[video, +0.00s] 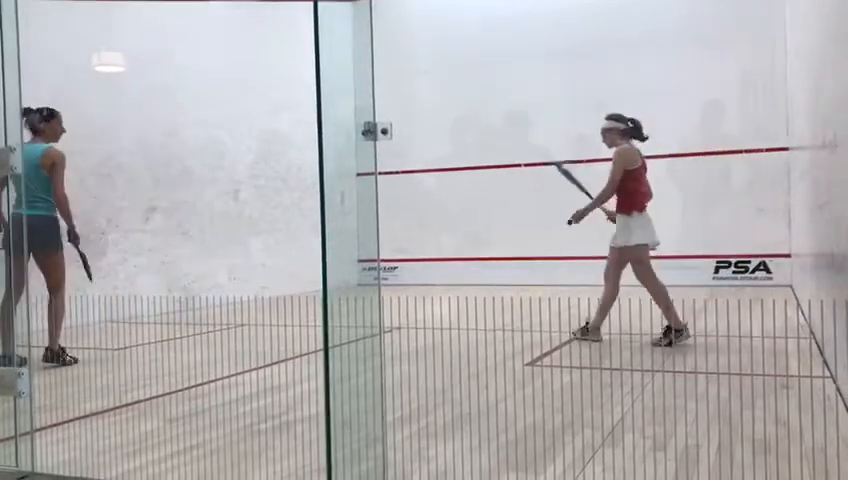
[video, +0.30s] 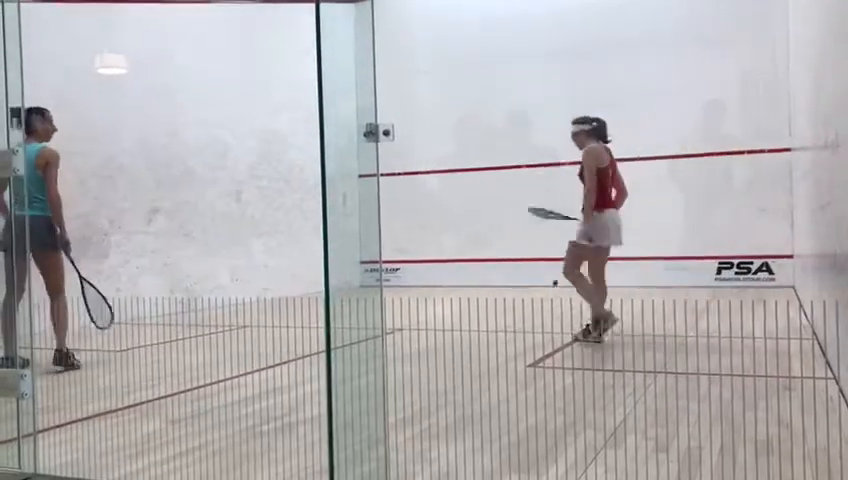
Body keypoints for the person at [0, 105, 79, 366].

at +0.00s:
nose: (63, 129)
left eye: (62, 123)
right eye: (59, 123)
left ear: (38, 126)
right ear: (44, 124)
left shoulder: (16, 152)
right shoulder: (54, 154)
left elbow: (3, 186)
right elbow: (59, 195)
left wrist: (4, 221)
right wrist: (71, 226)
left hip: (14, 225)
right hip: (43, 225)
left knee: (13, 289)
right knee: (56, 289)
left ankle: (5, 348)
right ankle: (54, 348)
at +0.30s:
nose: (54, 127)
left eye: (52, 122)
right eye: (50, 122)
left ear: (30, 125)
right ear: (37, 124)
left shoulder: (11, 153)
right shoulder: (48, 154)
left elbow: (1, 191)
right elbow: (53, 196)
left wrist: (9, 217)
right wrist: (62, 231)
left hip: (13, 226)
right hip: (40, 225)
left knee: (14, 290)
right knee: (56, 292)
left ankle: (8, 352)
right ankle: (62, 350)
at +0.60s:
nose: (74, 130)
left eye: (72, 124)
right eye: (69, 125)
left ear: (49, 128)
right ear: (55, 127)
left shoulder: (28, 154)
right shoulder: (67, 157)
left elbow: (9, 196)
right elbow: (74, 200)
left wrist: (4, 230)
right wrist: (90, 236)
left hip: (30, 231)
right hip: (60, 229)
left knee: (27, 295)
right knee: (64, 296)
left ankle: (12, 354)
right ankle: (65, 358)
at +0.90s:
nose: (89, 132)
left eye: (88, 127)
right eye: (85, 127)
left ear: (64, 128)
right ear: (70, 127)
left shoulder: (39, 155)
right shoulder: (81, 159)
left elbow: (23, 194)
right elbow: (91, 203)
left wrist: (29, 222)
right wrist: (107, 231)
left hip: (41, 229)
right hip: (71, 230)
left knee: (41, 298)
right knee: (70, 299)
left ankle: (27, 355)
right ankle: (67, 359)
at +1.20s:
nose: (92, 132)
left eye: (91, 127)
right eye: (88, 127)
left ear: (68, 128)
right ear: (74, 127)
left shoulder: (42, 154)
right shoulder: (85, 161)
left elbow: (22, 189)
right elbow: (93, 205)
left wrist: (34, 216)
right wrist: (106, 234)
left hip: (43, 229)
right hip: (74, 230)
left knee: (39, 297)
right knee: (71, 298)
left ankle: (29, 357)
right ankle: (68, 359)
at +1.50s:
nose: (93, 132)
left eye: (92, 126)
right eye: (89, 127)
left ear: (70, 129)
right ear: (75, 128)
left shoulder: (45, 155)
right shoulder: (86, 161)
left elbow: (24, 190)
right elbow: (93, 206)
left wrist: (27, 226)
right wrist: (106, 241)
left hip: (44, 229)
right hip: (75, 230)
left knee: (40, 296)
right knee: (72, 299)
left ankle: (30, 357)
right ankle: (69, 359)